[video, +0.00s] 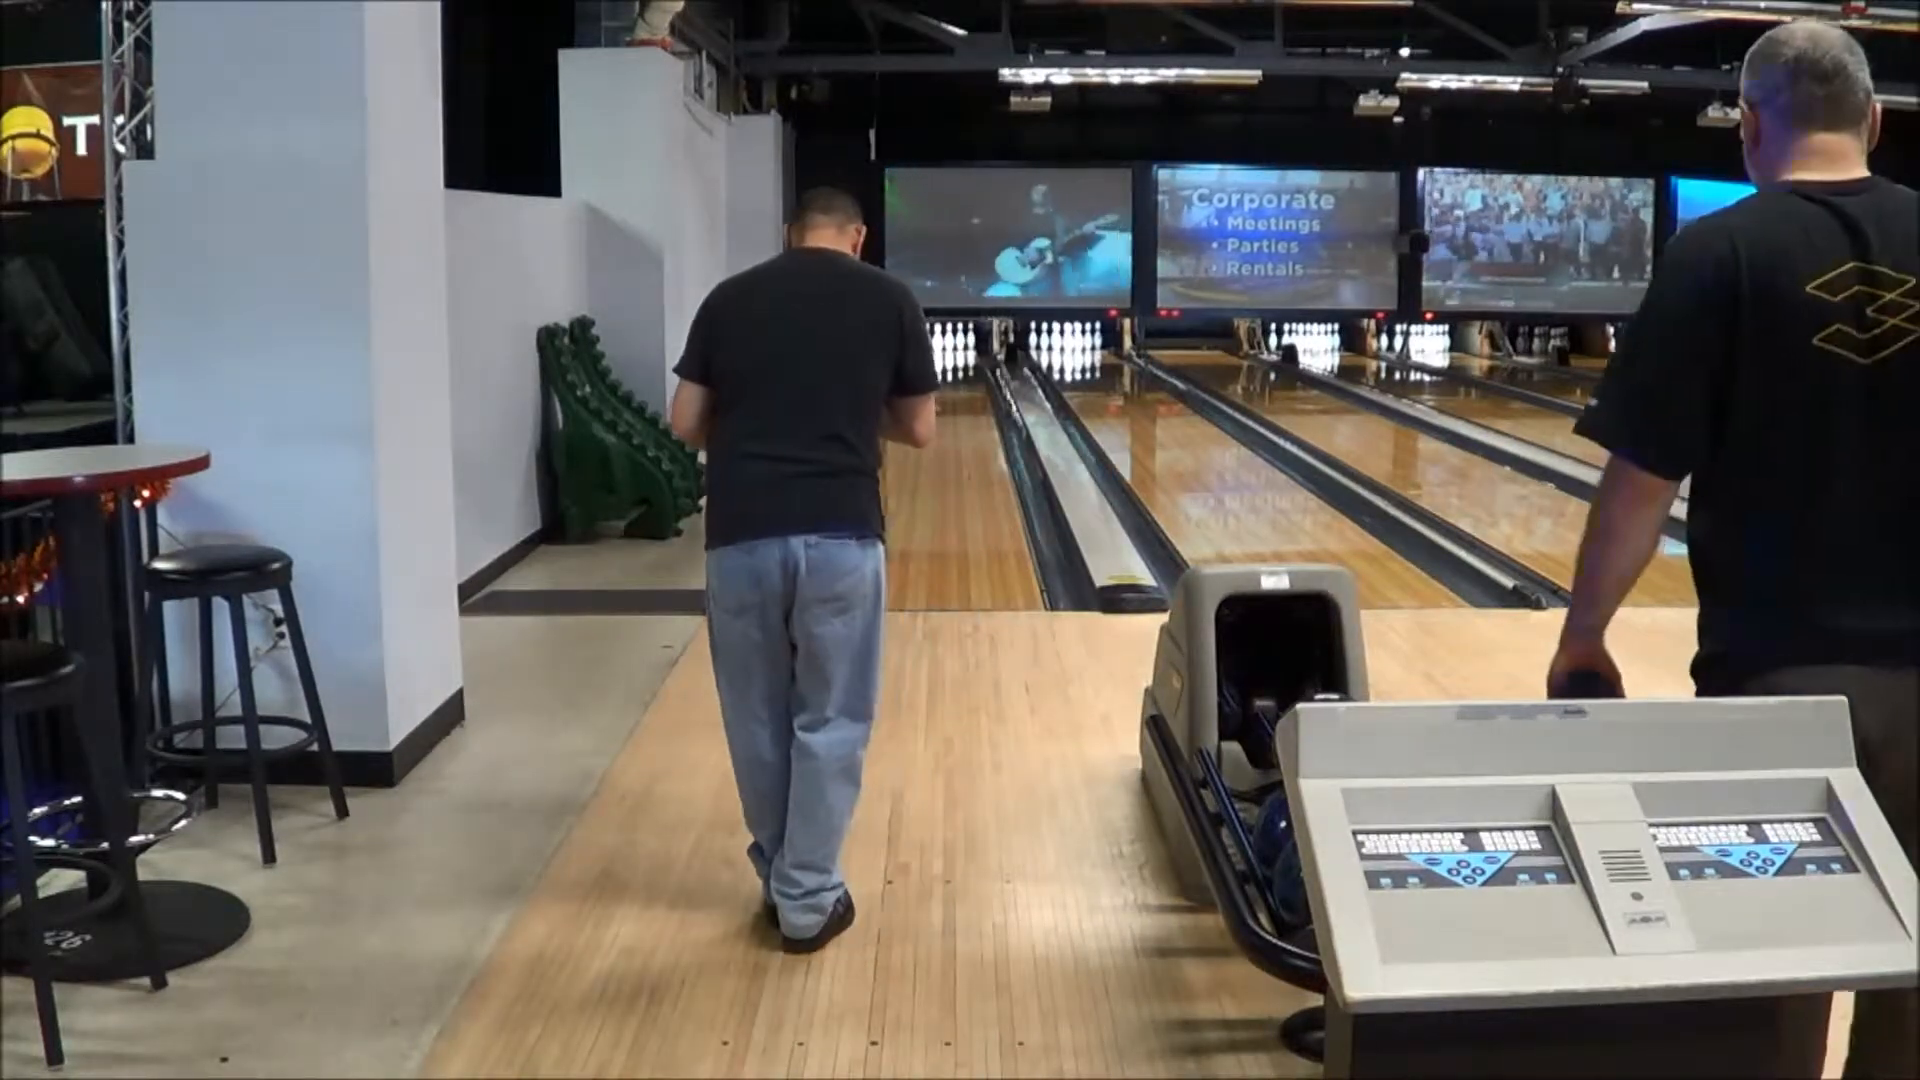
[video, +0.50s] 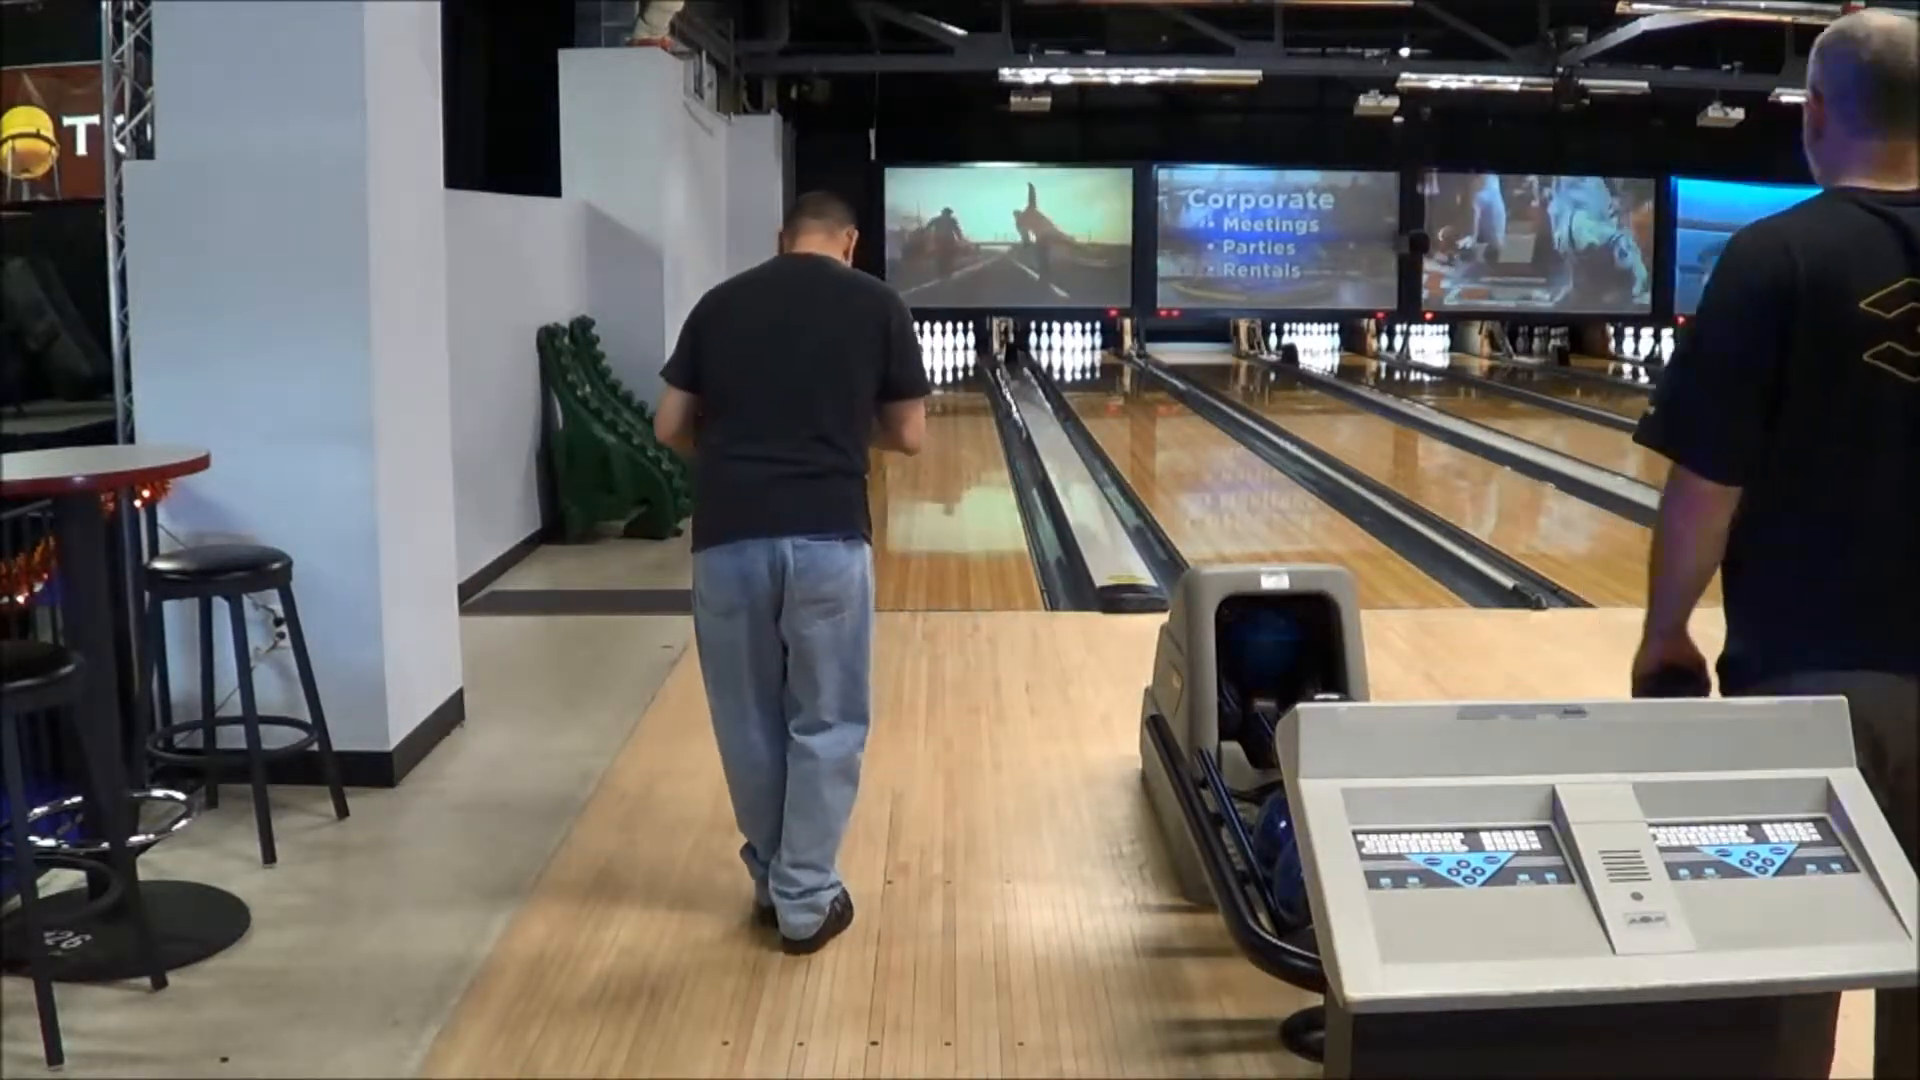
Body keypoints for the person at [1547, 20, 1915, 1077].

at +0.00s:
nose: (1738, 133)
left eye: (1740, 119)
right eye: (1737, 121)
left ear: (1754, 124)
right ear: (1873, 122)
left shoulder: (1717, 252)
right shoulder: (1916, 229)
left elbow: (1643, 472)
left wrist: (1583, 635)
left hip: (1772, 667)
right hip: (1913, 662)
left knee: (1778, 955)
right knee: (1907, 954)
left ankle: (1786, 1074)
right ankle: (1873, 1072)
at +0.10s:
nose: (1739, 126)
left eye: (1741, 114)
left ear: (1751, 122)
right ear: (1877, 122)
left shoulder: (1709, 255)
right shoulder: (1918, 230)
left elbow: (1634, 474)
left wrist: (1583, 624)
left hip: (1770, 662)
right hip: (1915, 660)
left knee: (1779, 953)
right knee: (1914, 953)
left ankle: (1791, 1072)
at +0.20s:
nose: (1747, 123)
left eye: (1749, 110)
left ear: (1756, 119)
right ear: (1884, 120)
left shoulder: (1713, 257)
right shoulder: (1917, 230)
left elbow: (1639, 477)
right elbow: (1640, 475)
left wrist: (1594, 621)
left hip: (1771, 660)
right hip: (1913, 659)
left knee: (1779, 952)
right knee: (1917, 950)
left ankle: (1787, 1072)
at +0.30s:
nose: (1760, 121)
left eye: (1762, 107)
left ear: (1770, 117)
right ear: (1895, 120)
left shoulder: (1728, 258)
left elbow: (1654, 477)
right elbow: (1656, 474)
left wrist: (1612, 619)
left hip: (1778, 663)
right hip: (1914, 663)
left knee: (1778, 961)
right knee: (1916, 955)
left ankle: (1783, 1074)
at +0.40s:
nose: (1777, 118)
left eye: (1779, 104)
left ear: (1790, 116)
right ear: (1909, 120)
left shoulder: (1750, 258)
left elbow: (1677, 484)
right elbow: (1681, 482)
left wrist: (1636, 620)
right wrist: (1642, 614)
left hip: (1789, 666)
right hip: (1912, 669)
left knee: (1782, 953)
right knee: (1912, 952)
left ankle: (1782, 1072)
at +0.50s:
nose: (1799, 115)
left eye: (1803, 102)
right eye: (1809, 100)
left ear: (1819, 115)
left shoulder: (1778, 258)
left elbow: (1706, 479)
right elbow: (1709, 478)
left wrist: (1664, 628)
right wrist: (1672, 627)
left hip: (1810, 669)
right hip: (1913, 670)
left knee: (1790, 961)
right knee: (1913, 960)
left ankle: (1785, 1074)